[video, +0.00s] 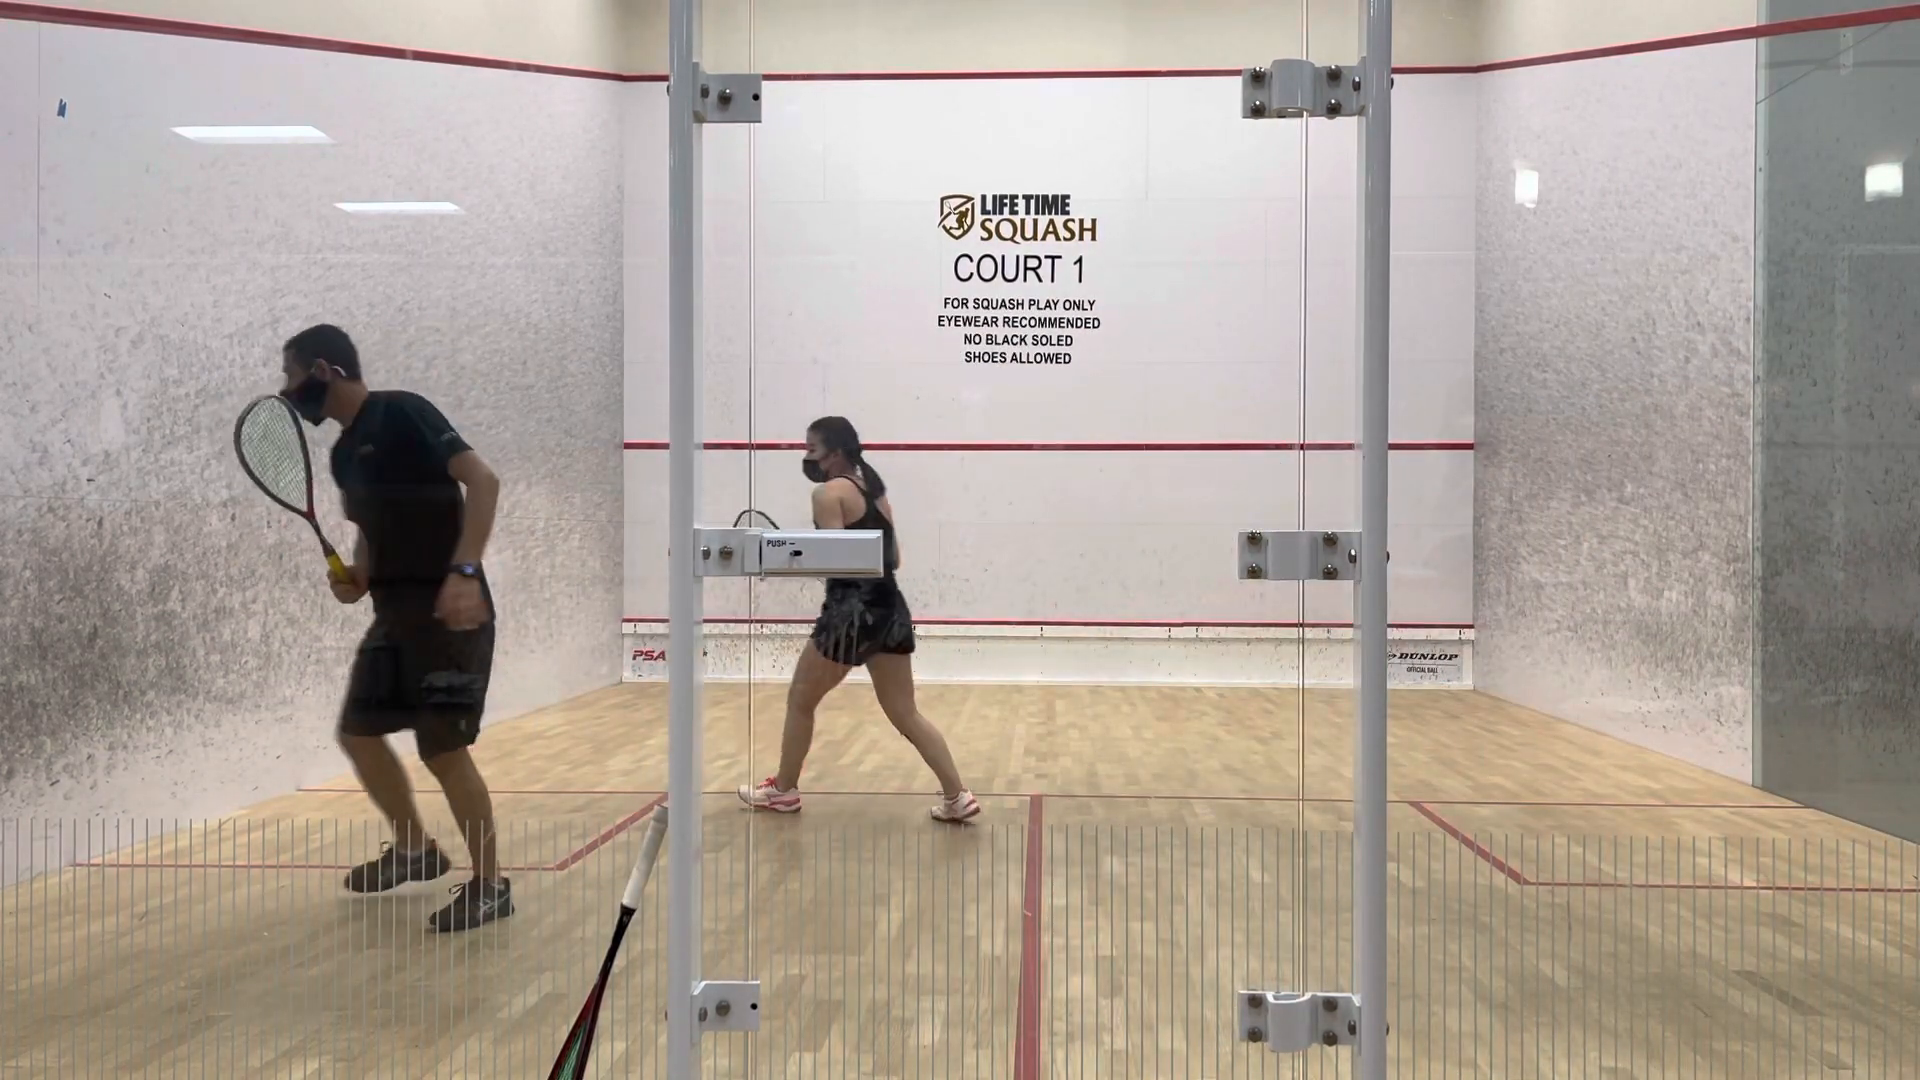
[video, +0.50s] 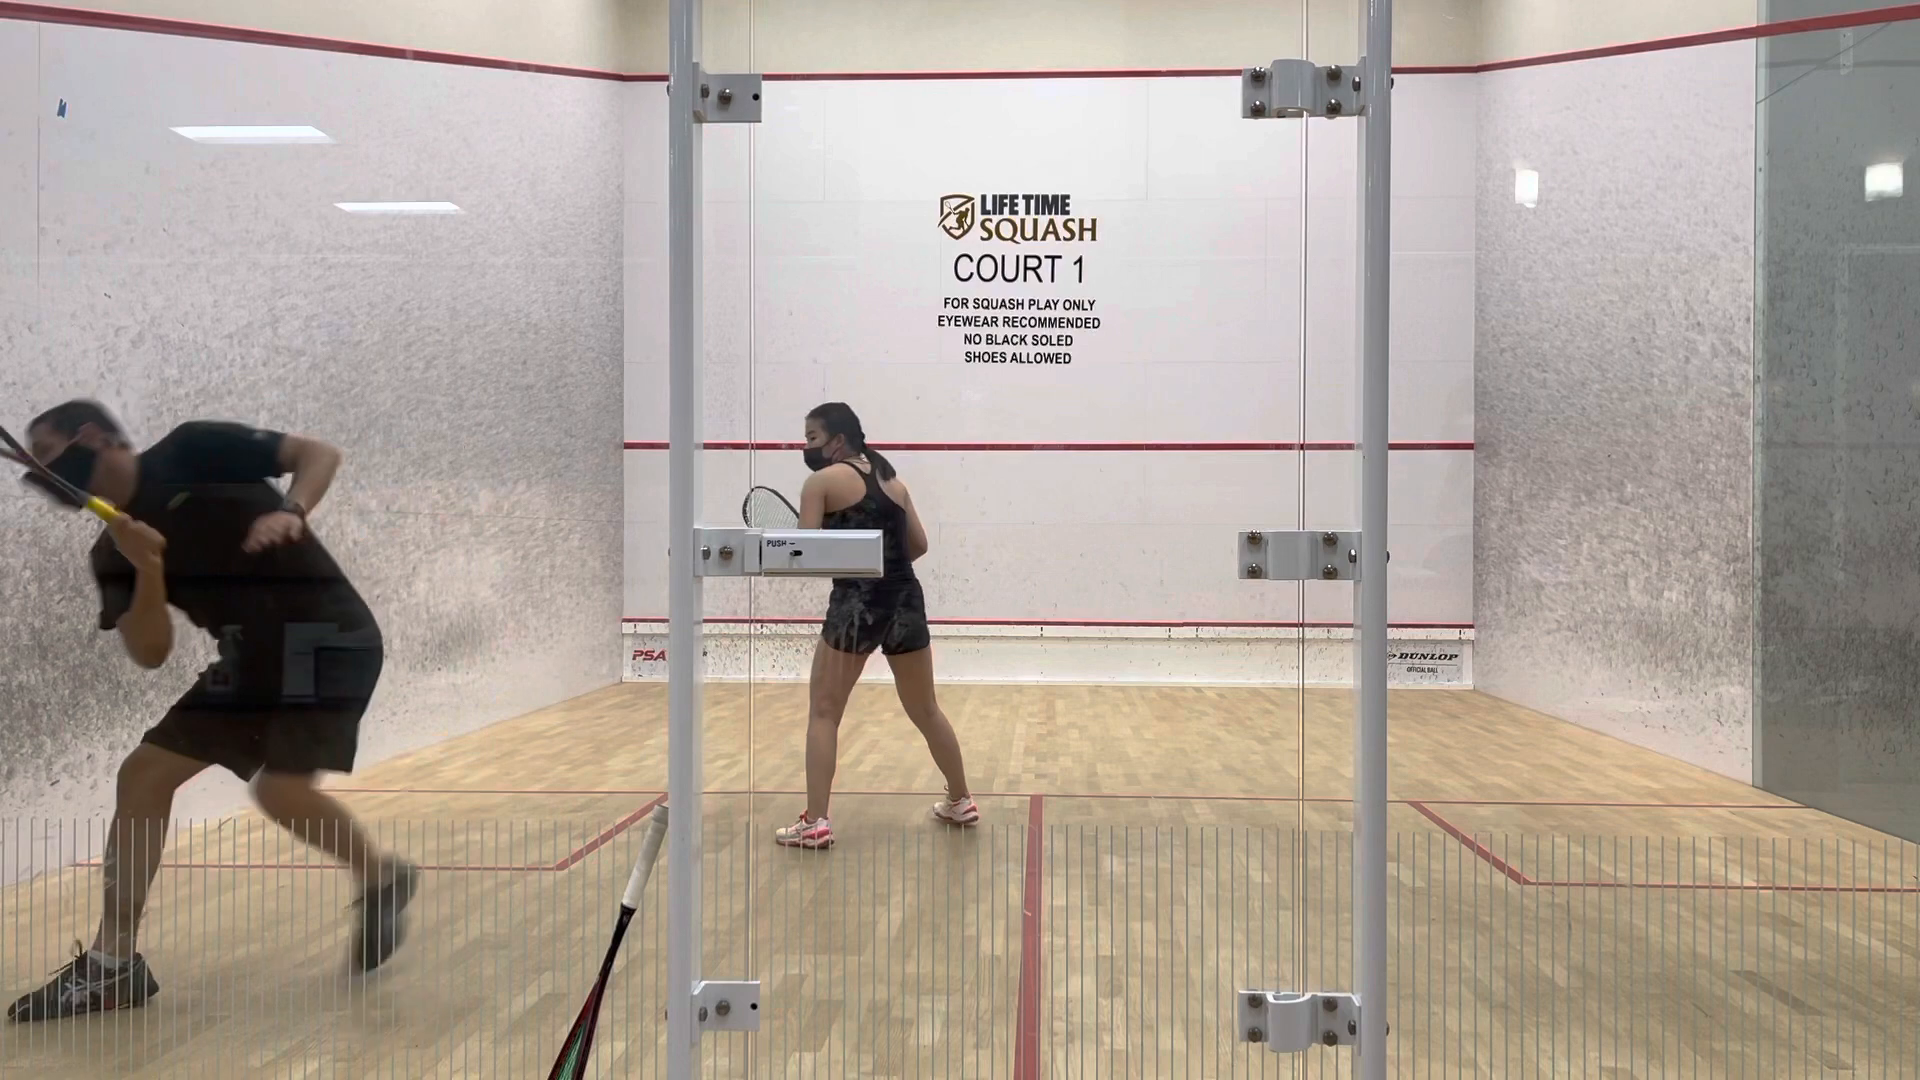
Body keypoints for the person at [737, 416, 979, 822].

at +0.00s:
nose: (807, 457)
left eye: (813, 450)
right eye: (808, 450)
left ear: (836, 452)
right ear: (845, 453)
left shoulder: (828, 493)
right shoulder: (874, 489)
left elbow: (832, 558)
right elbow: (893, 559)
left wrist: (779, 556)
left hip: (848, 615)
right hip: (889, 612)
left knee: (801, 699)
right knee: (904, 713)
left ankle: (784, 788)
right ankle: (957, 795)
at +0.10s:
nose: (821, 454)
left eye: (827, 447)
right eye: (821, 447)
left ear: (853, 449)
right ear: (858, 450)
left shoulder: (845, 489)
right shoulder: (888, 482)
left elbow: (853, 559)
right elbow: (912, 556)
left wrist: (797, 560)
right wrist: (862, 573)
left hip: (866, 614)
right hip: (903, 610)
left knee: (810, 693)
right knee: (911, 714)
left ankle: (793, 790)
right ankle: (960, 800)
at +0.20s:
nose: (828, 446)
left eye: (834, 438)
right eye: (827, 438)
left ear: (858, 439)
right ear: (866, 441)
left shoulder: (850, 480)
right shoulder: (900, 478)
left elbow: (850, 551)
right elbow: (924, 548)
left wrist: (796, 553)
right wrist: (881, 573)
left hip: (868, 607)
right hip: (908, 604)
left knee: (810, 692)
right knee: (916, 710)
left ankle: (819, 793)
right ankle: (960, 799)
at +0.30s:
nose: (827, 443)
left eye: (833, 435)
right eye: (826, 435)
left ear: (857, 437)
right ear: (867, 439)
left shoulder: (846, 481)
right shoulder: (904, 479)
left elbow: (835, 553)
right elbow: (928, 544)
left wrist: (787, 553)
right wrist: (888, 567)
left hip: (865, 607)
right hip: (910, 605)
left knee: (820, 704)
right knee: (918, 710)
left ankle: (821, 797)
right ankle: (961, 799)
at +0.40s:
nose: (818, 446)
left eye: (823, 438)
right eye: (818, 438)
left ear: (848, 440)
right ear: (860, 440)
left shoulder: (834, 485)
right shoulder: (899, 485)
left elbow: (815, 555)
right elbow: (925, 547)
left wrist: (772, 554)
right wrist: (886, 569)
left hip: (859, 613)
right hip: (906, 611)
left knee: (826, 716)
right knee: (920, 713)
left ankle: (817, 818)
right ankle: (962, 802)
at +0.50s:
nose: (806, 446)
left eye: (812, 437)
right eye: (806, 437)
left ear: (839, 438)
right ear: (851, 438)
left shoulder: (821, 482)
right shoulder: (892, 479)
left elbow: (807, 552)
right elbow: (918, 543)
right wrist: (881, 564)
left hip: (855, 604)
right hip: (905, 602)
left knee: (824, 713)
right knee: (926, 710)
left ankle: (816, 820)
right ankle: (961, 800)